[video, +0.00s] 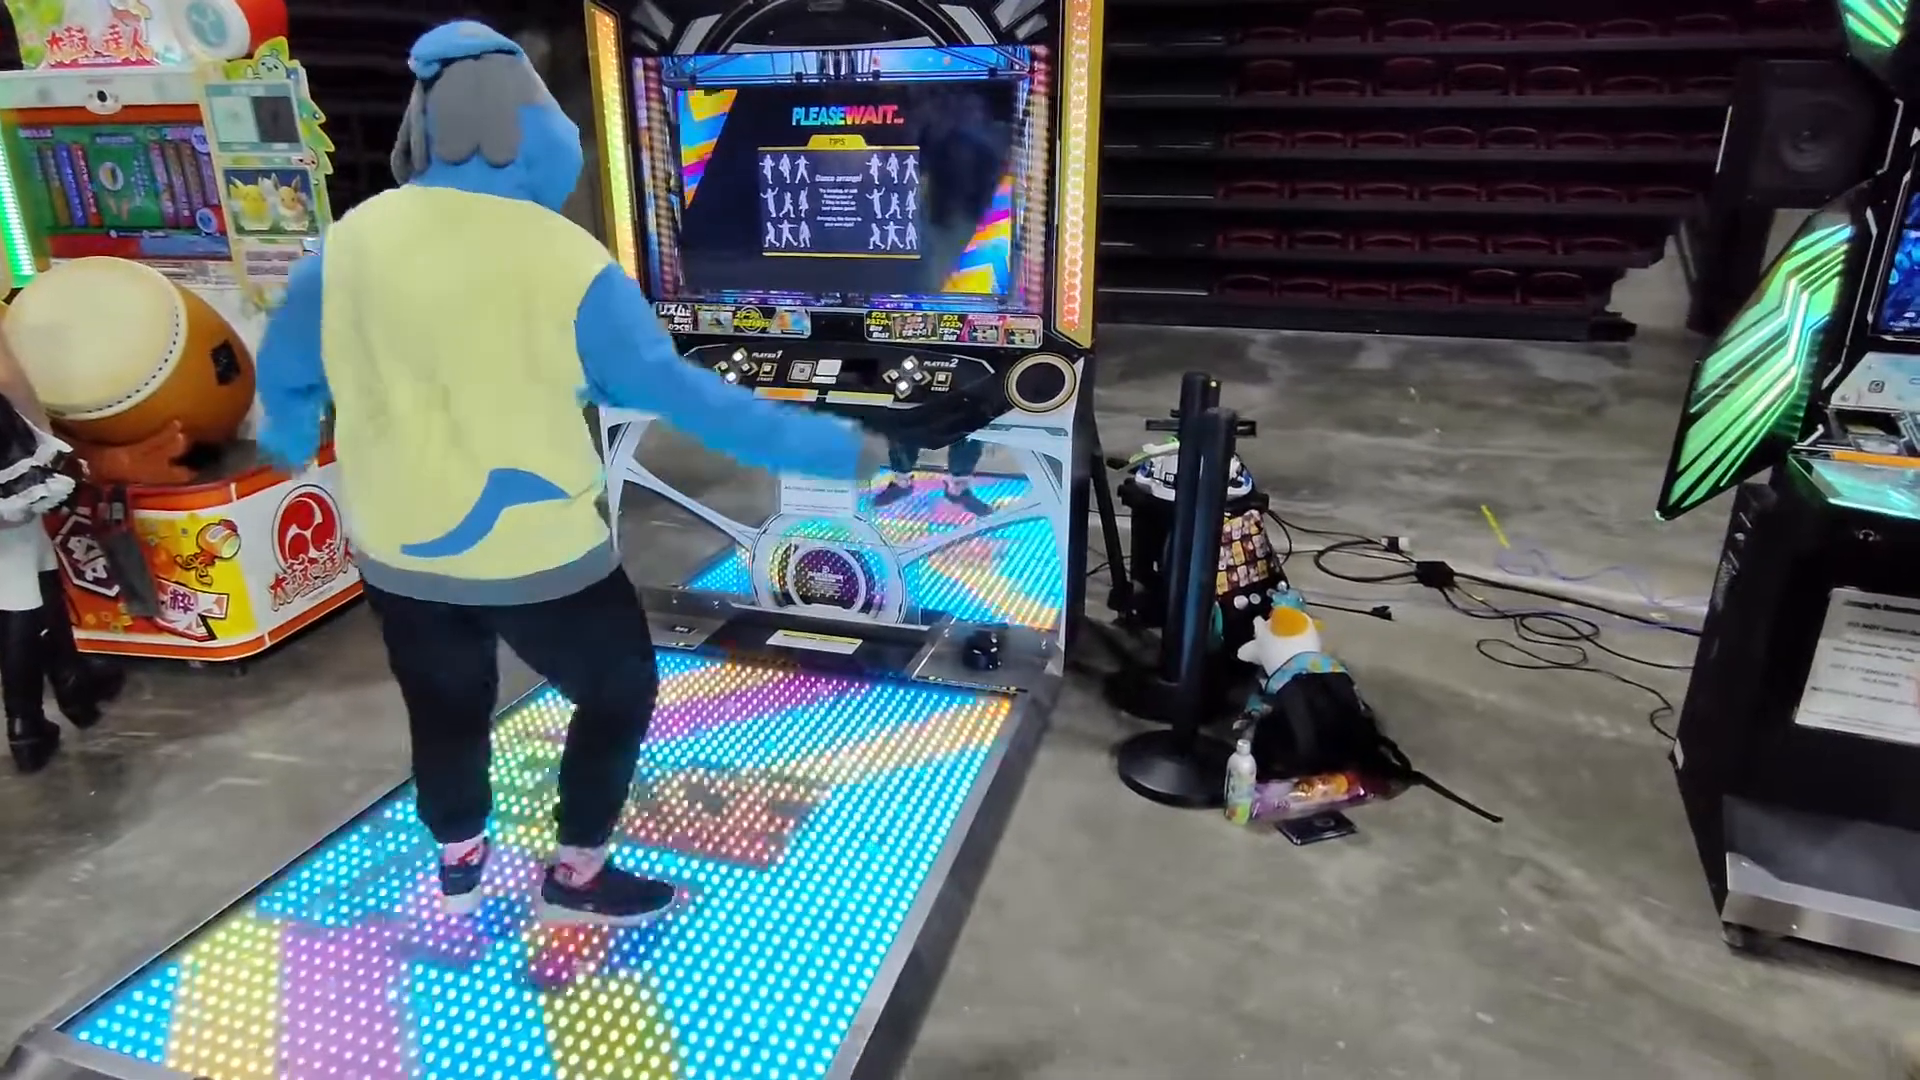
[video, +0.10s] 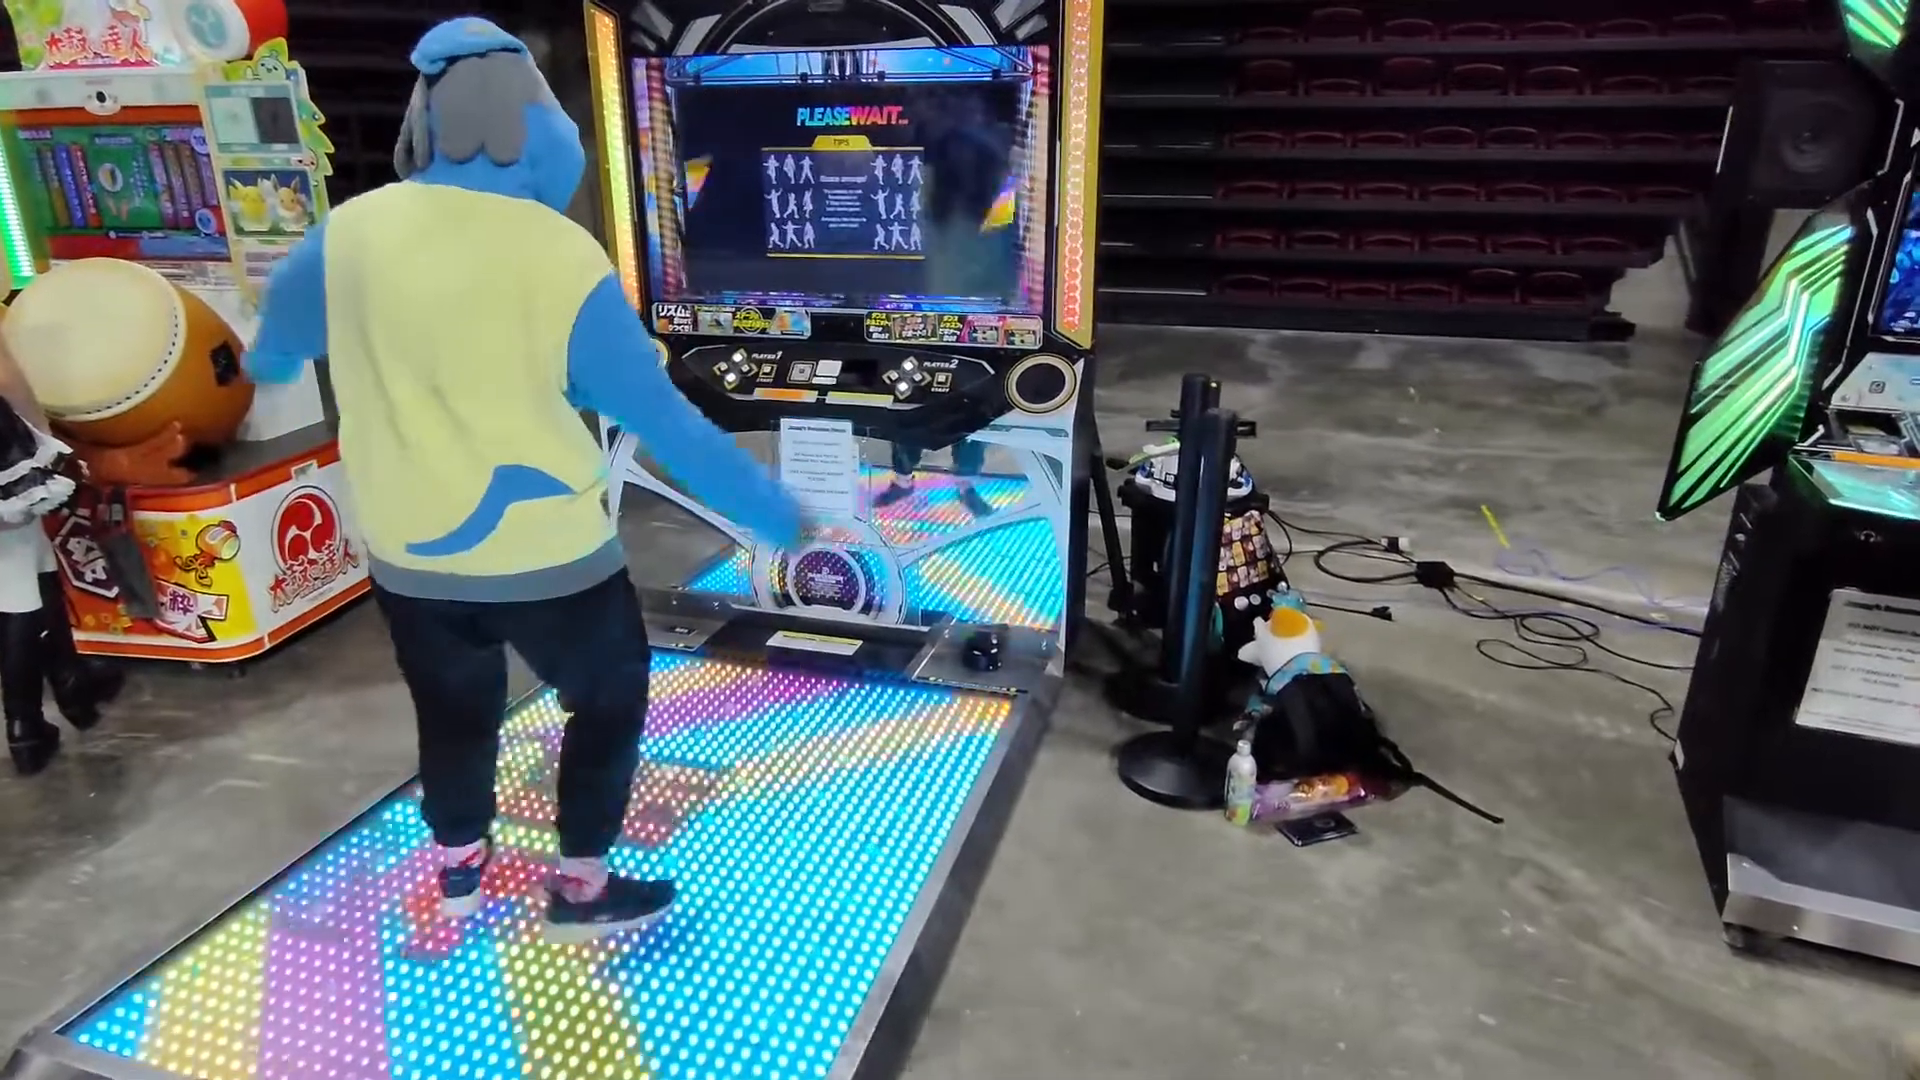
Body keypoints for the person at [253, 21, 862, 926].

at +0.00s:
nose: (558, 140)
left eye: (545, 120)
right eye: (544, 121)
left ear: (429, 134)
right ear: (522, 130)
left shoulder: (348, 242)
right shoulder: (564, 261)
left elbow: (285, 363)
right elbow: (670, 391)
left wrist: (291, 435)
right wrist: (835, 445)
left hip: (398, 559)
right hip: (541, 561)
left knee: (445, 709)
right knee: (617, 687)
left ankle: (459, 864)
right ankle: (579, 870)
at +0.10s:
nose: (560, 145)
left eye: (547, 123)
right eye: (549, 125)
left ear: (427, 127)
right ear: (531, 131)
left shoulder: (346, 233)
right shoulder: (560, 262)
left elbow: (278, 339)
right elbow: (667, 424)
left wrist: (269, 361)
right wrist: (783, 516)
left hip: (408, 560)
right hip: (550, 562)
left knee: (452, 708)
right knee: (608, 698)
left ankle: (459, 855)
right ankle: (582, 879)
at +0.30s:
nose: (556, 156)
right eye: (545, 133)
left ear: (426, 134)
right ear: (524, 138)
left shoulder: (363, 227)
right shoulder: (547, 262)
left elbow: (289, 267)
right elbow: (621, 441)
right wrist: (663, 579)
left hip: (419, 572)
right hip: (545, 575)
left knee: (472, 702)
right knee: (587, 726)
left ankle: (461, 859)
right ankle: (594, 899)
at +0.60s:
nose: (515, 156)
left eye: (513, 135)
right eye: (504, 136)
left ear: (400, 134)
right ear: (459, 136)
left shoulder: (348, 242)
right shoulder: (503, 263)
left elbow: (358, 387)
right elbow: (617, 414)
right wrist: (673, 539)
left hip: (399, 570)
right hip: (503, 571)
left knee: (482, 716)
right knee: (565, 735)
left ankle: (510, 874)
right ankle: (575, 924)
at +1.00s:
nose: (448, 159)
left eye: (439, 140)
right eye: (432, 142)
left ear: (324, 160)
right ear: (393, 151)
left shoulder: (280, 268)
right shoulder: (449, 283)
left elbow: (249, 417)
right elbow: (585, 424)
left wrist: (224, 518)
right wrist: (751, 451)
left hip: (351, 599)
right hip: (475, 594)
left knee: (426, 720)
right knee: (542, 750)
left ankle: (422, 897)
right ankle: (558, 933)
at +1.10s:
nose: (443, 156)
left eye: (433, 136)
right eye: (428, 137)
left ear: (311, 159)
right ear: (393, 149)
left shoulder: (258, 272)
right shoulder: (437, 285)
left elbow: (196, 446)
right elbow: (558, 438)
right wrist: (724, 472)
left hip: (337, 599)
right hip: (469, 593)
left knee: (417, 721)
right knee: (533, 754)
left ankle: (423, 897)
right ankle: (551, 930)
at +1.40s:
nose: (449, 151)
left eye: (442, 130)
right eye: (437, 130)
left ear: (302, 148)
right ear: (400, 141)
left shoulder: (250, 258)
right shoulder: (448, 279)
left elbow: (237, 333)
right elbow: (540, 390)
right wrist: (648, 400)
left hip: (336, 595)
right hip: (473, 586)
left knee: (399, 736)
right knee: (546, 746)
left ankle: (421, 902)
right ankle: (579, 921)